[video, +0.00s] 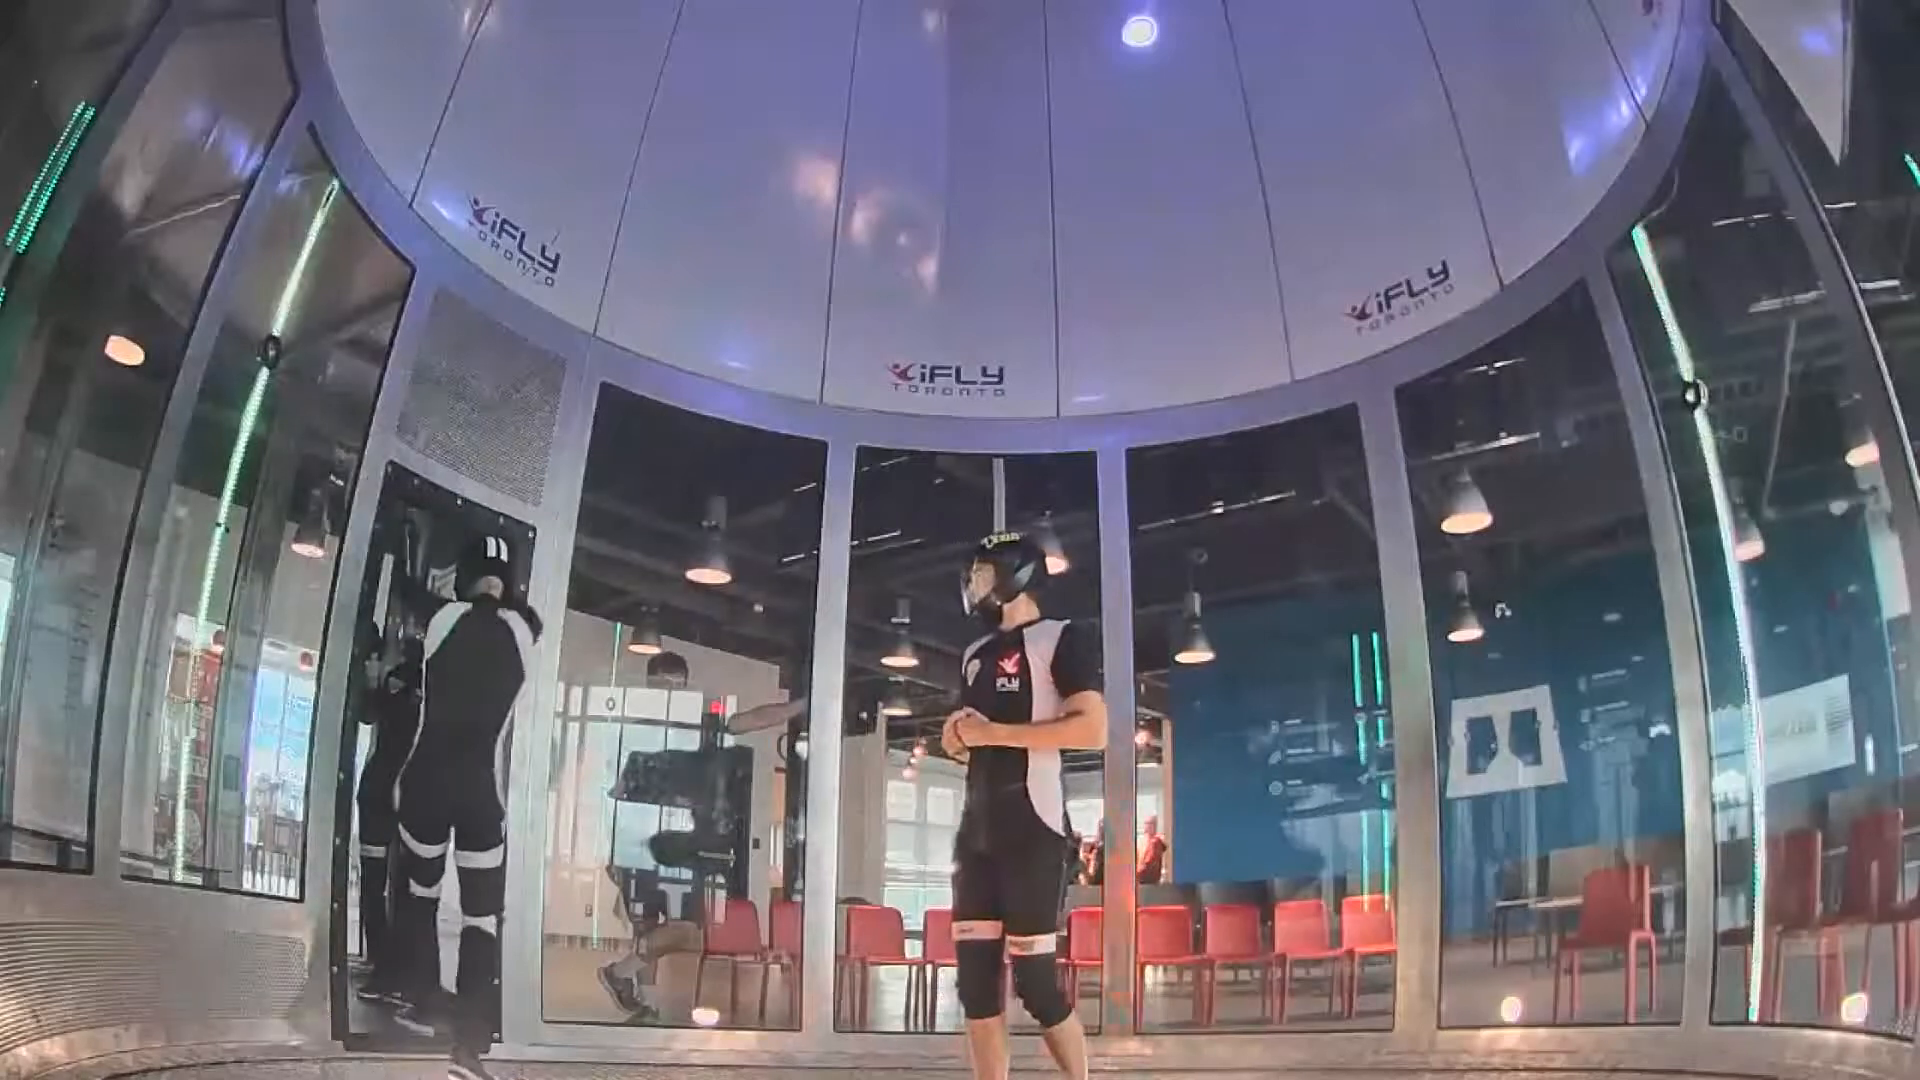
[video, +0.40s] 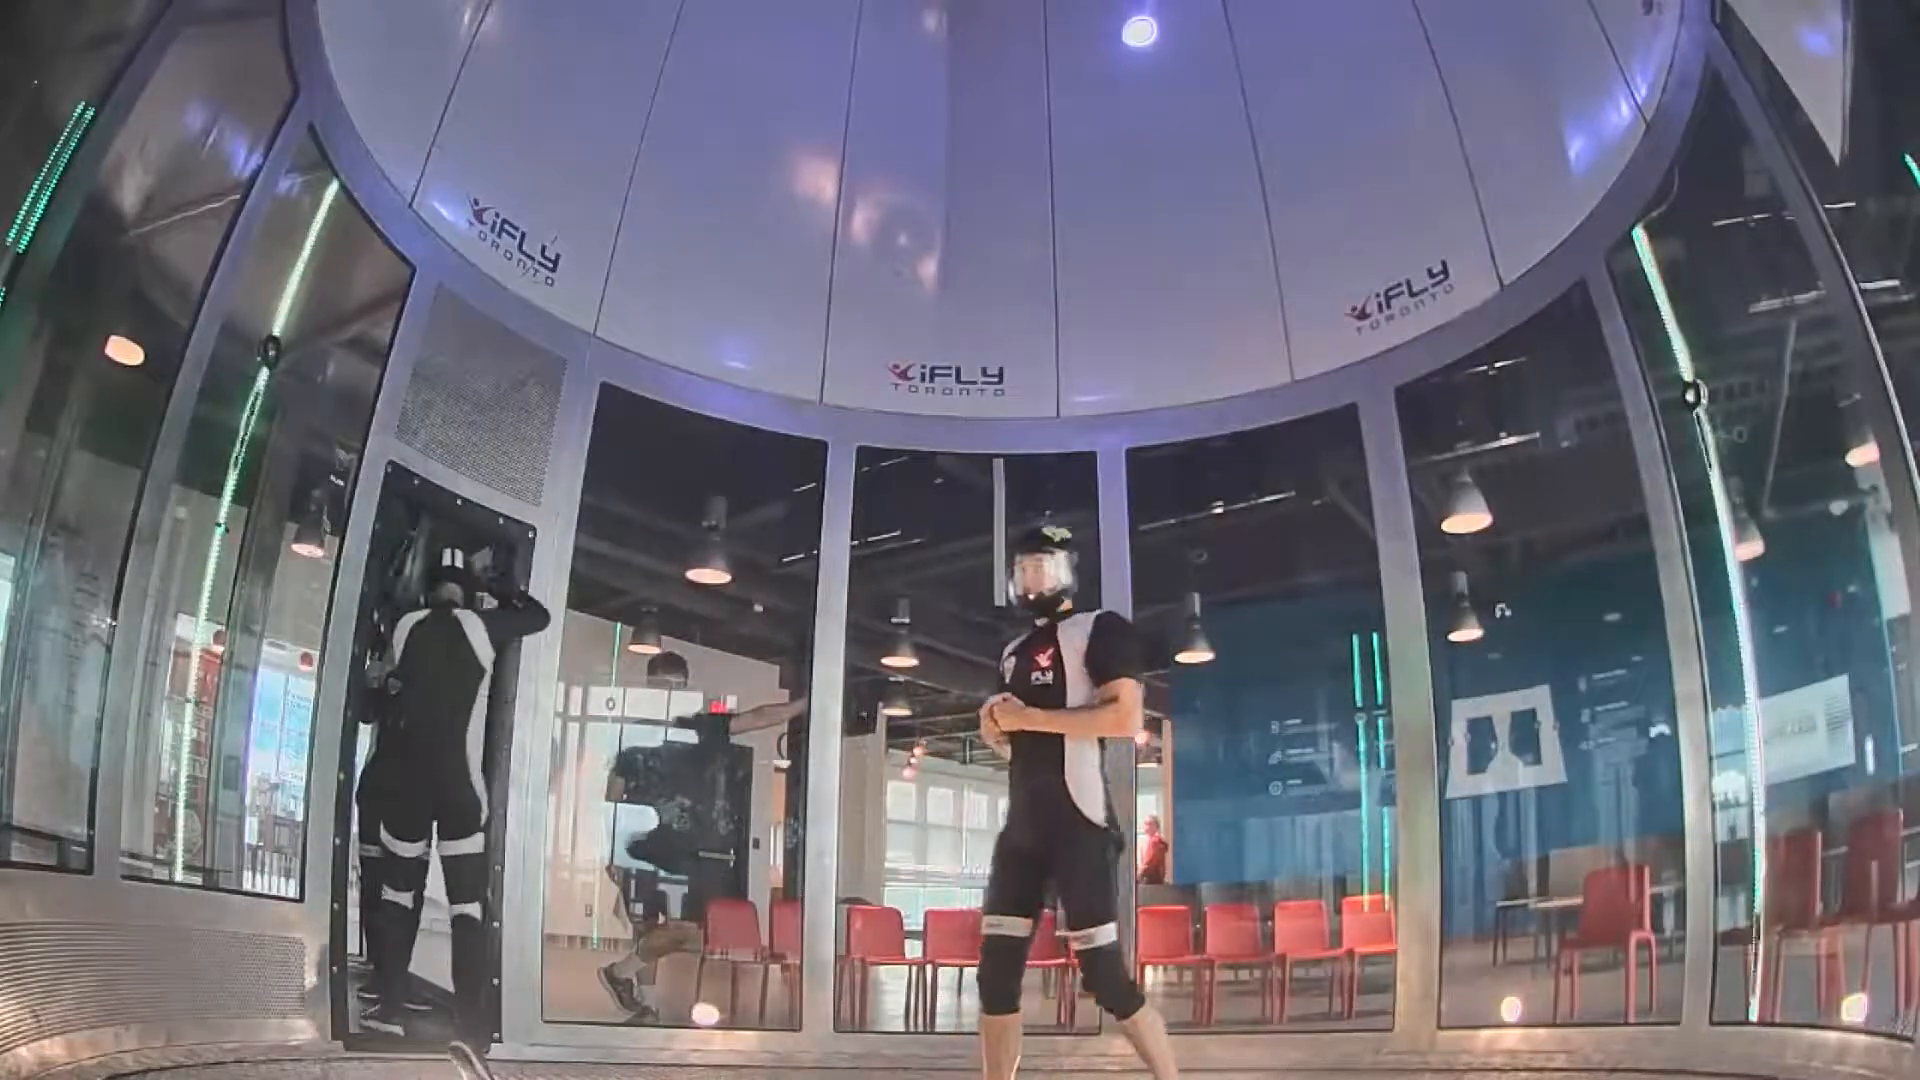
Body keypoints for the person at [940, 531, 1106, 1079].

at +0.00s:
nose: (972, 584)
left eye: (982, 573)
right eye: (972, 575)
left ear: (1017, 575)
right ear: (991, 581)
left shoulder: (1067, 637)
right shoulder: (975, 653)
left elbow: (1092, 729)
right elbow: (965, 751)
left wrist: (995, 731)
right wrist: (954, 737)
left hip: (1036, 828)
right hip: (977, 828)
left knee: (1035, 977)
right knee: (976, 980)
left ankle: (1079, 1076)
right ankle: (991, 1078)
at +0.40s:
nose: (1034, 578)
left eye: (1045, 565)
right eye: (1024, 568)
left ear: (1071, 569)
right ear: (1016, 576)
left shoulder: (1105, 628)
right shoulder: (1014, 652)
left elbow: (1126, 719)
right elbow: (1019, 752)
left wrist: (1032, 719)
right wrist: (994, 733)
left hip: (1083, 824)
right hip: (1023, 824)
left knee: (1104, 976)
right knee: (996, 973)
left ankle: (1169, 1073)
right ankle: (996, 1079)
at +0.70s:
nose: (1100, 586)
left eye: (1110, 574)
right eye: (1091, 576)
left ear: (1135, 578)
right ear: (1081, 586)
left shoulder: (1170, 633)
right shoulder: (1074, 664)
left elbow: (1213, 717)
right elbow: (1081, 768)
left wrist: (1115, 726)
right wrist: (1069, 742)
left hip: (1170, 829)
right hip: (1111, 833)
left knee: (1210, 973)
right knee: (1051, 971)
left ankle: (1251, 1077)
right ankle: (1015, 1077)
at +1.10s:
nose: (1165, 573)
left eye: (1176, 561)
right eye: (1156, 564)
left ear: (1203, 564)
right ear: (1147, 574)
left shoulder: (1235, 618)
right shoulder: (1148, 646)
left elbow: (1285, 698)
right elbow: (1148, 748)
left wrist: (1187, 714)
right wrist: (1138, 729)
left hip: (1227, 816)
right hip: (1171, 817)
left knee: (1234, 966)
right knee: (1120, 960)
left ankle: (1257, 1076)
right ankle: (1119, 1075)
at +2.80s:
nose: (1213, 595)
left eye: (1222, 584)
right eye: (1211, 586)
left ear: (1253, 586)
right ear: (1218, 594)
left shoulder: (1292, 645)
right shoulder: (1212, 662)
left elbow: (1329, 732)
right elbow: (1190, 749)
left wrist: (1240, 733)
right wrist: (1193, 741)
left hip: (1267, 823)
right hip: (1212, 824)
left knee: (1280, 965)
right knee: (1195, 962)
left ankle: (1339, 1068)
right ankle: (1183, 1076)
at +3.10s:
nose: (1274, 609)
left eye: (1284, 598)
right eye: (1272, 599)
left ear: (1315, 598)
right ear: (1272, 605)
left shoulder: (1367, 653)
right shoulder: (1268, 670)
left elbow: (1412, 729)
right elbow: (1251, 763)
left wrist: (1332, 733)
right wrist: (1271, 745)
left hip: (1354, 833)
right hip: (1293, 834)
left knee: (1373, 962)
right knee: (1242, 958)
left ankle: (1388, 1070)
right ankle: (1191, 1075)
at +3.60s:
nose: (1343, 596)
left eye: (1352, 585)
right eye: (1334, 587)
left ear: (1373, 591)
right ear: (1322, 598)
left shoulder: (1405, 646)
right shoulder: (1311, 667)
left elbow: (1449, 723)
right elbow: (1302, 760)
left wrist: (1371, 741)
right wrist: (1311, 750)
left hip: (1391, 826)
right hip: (1331, 827)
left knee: (1386, 966)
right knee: (1300, 955)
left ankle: (1393, 1066)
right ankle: (1293, 1075)